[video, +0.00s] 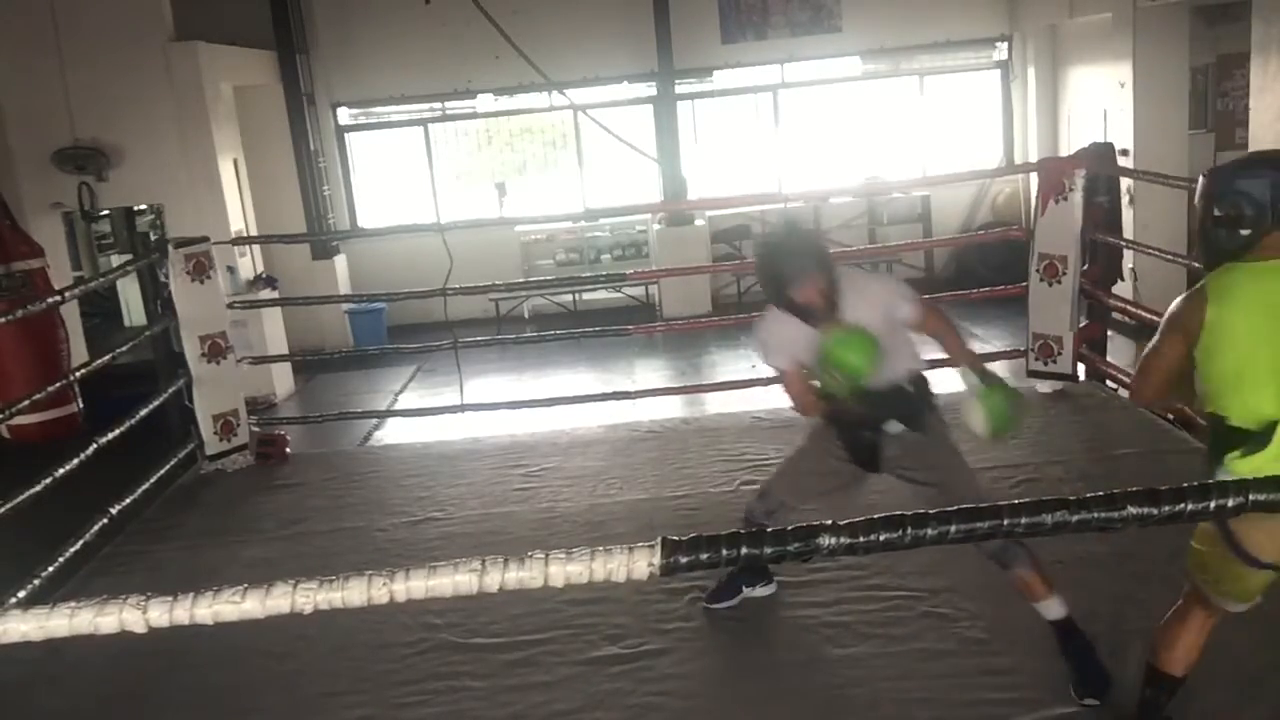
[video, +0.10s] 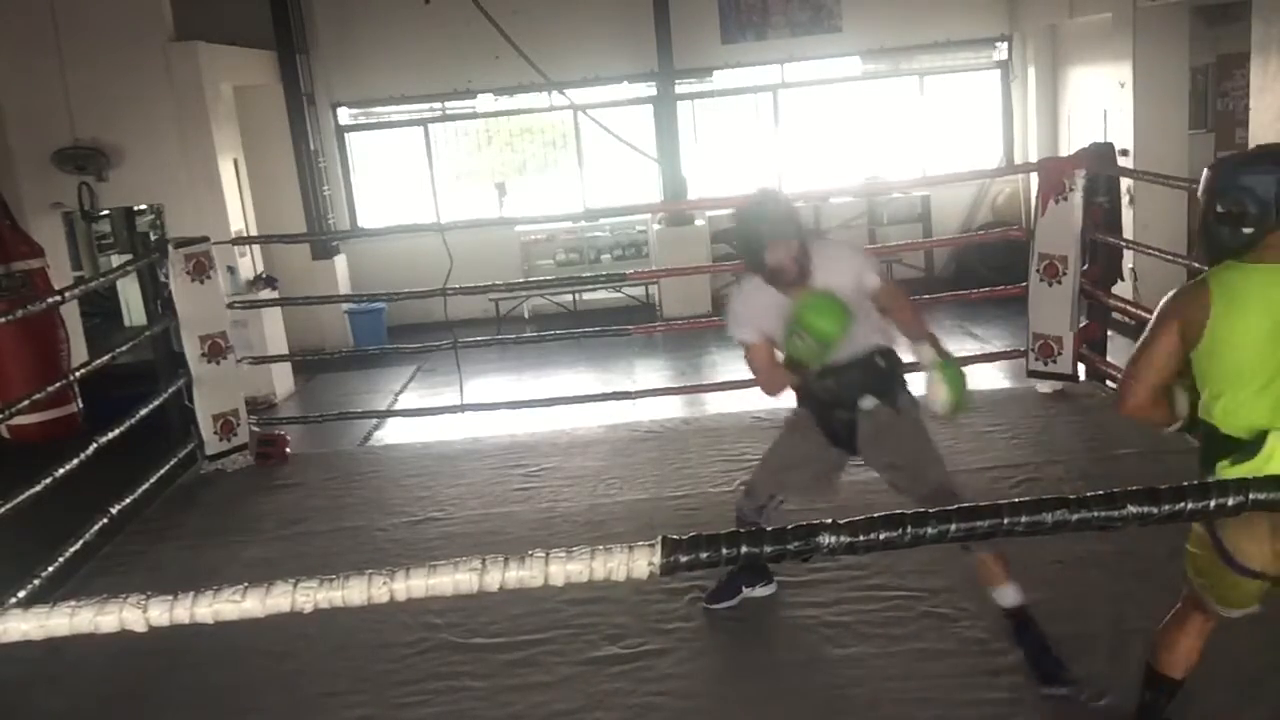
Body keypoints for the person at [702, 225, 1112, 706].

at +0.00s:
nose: (815, 297)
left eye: (818, 282)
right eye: (800, 291)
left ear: (828, 268)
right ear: (780, 294)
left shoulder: (873, 292)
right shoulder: (777, 330)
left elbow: (936, 322)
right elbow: (805, 401)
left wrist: (984, 380)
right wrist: (846, 415)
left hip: (910, 415)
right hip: (844, 423)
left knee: (982, 521)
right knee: (766, 506)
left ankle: (1070, 638)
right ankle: (754, 570)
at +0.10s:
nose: (789, 260)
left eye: (791, 246)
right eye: (775, 255)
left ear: (801, 236)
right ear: (753, 258)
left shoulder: (837, 258)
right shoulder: (750, 300)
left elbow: (891, 299)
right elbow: (769, 380)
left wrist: (936, 353)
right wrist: (803, 359)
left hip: (880, 397)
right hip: (818, 411)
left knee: (947, 506)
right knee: (753, 502)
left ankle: (1026, 630)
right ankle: (753, 570)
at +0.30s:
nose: (779, 205)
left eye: (785, 191)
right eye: (765, 197)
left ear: (801, 188)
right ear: (745, 203)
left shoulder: (833, 225)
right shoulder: (733, 259)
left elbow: (869, 288)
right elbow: (751, 343)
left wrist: (896, 342)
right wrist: (785, 310)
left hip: (854, 373)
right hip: (791, 384)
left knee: (902, 491)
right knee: (751, 491)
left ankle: (953, 613)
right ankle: (754, 569)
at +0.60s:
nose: (864, 199)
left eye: (870, 187)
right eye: (853, 187)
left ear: (876, 190)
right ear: (825, 187)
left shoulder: (874, 244)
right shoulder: (782, 248)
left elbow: (905, 308)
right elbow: (787, 335)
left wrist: (940, 347)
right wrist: (835, 291)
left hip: (865, 394)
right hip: (797, 397)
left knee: (912, 508)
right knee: (756, 502)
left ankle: (963, 633)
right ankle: (756, 570)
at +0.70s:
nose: (907, 208)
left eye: (912, 196)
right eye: (897, 196)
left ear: (915, 197)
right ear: (865, 194)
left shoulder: (905, 250)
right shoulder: (810, 244)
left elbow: (928, 328)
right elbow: (818, 335)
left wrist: (960, 334)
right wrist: (866, 288)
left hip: (882, 390)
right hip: (816, 392)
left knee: (928, 509)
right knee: (776, 499)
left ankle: (965, 636)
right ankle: (761, 565)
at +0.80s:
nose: (924, 214)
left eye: (934, 202)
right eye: (913, 200)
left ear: (942, 196)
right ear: (880, 190)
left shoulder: (929, 245)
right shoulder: (829, 234)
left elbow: (938, 332)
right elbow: (831, 329)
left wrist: (952, 303)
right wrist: (884, 279)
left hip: (891, 388)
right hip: (825, 389)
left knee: (933, 513)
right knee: (790, 499)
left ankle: (965, 638)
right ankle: (795, 559)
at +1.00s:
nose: (924, 215)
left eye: (934, 203)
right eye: (916, 202)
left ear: (942, 193)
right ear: (886, 189)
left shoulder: (928, 236)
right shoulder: (832, 226)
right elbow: (826, 319)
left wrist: (962, 279)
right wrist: (874, 278)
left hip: (898, 379)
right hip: (833, 380)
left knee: (934, 508)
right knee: (817, 505)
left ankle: (965, 640)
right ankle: (874, 572)